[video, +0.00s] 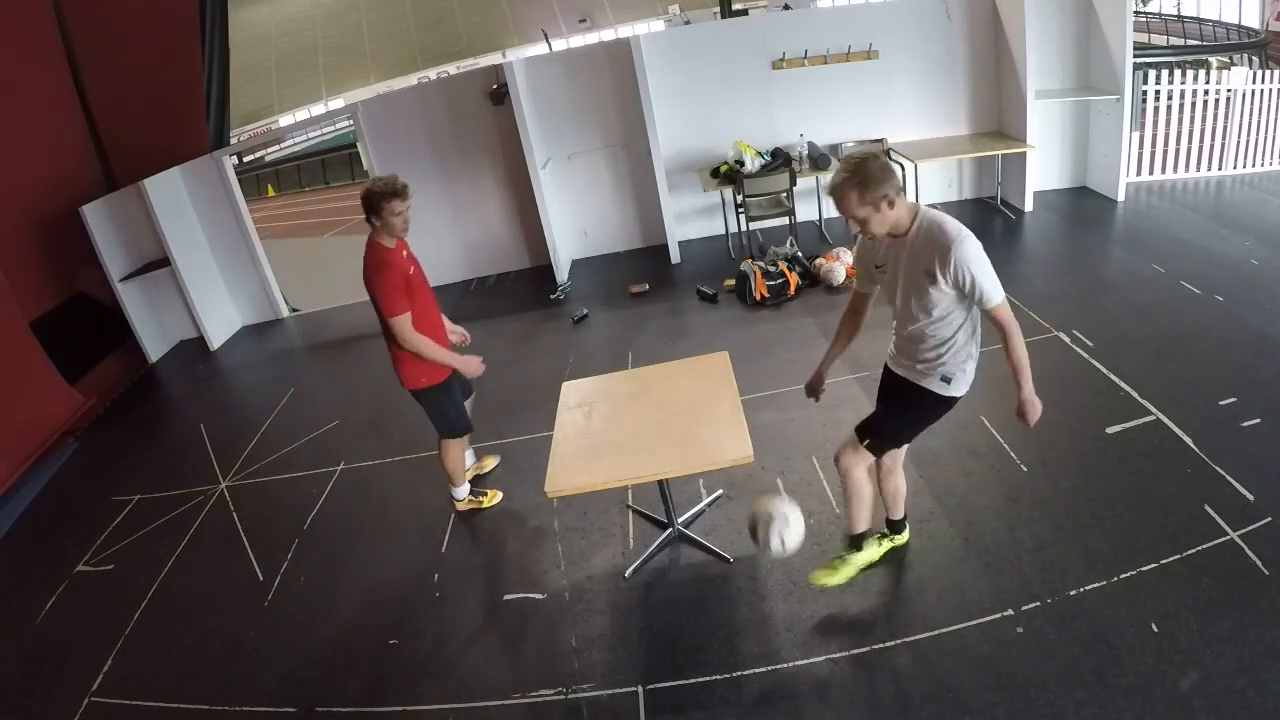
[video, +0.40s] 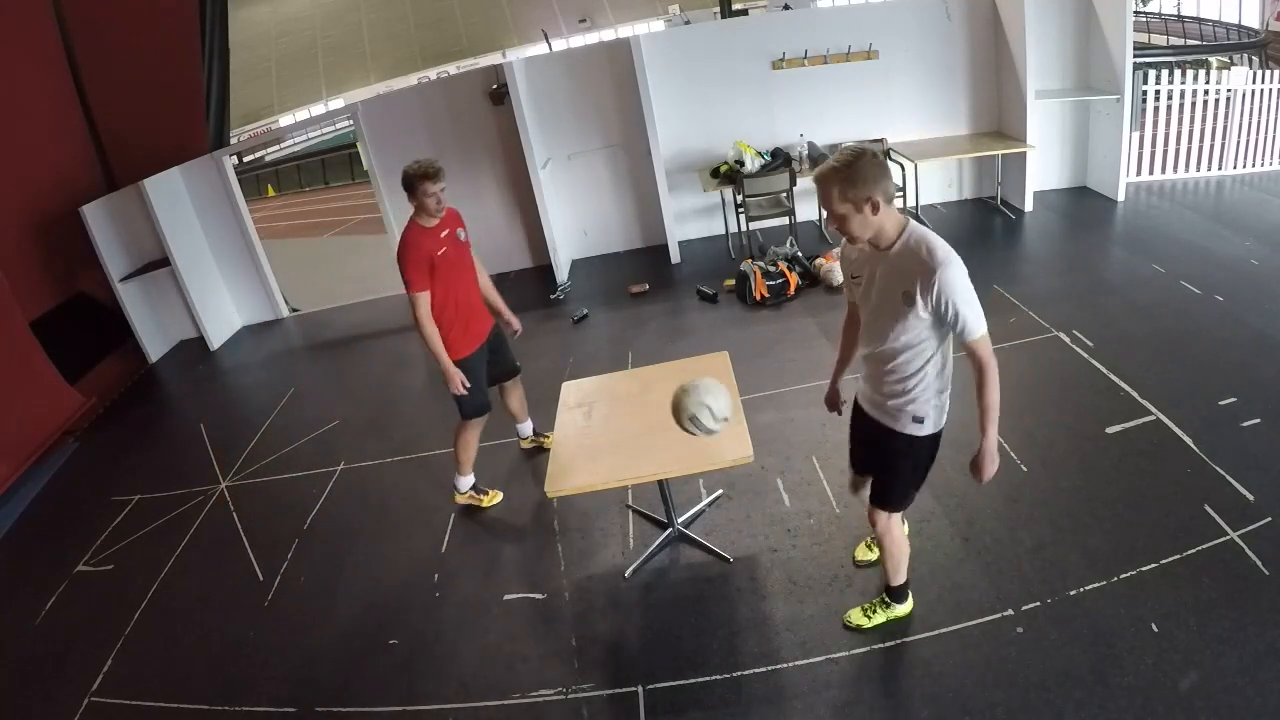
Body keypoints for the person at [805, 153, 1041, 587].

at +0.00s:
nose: (855, 230)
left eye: (860, 219)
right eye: (849, 221)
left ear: (889, 202)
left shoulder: (953, 244)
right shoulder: (873, 242)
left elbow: (1007, 323)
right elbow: (857, 308)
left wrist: (1027, 392)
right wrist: (823, 367)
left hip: (941, 378)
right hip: (900, 362)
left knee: (850, 457)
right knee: (889, 460)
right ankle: (896, 530)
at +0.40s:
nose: (833, 228)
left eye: (838, 216)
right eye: (828, 217)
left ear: (875, 206)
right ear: (870, 205)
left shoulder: (936, 262)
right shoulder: (855, 252)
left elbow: (983, 356)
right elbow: (855, 316)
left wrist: (989, 440)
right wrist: (836, 379)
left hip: (915, 415)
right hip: (869, 400)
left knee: (883, 513)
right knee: (869, 481)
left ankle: (899, 599)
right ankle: (888, 539)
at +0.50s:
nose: (830, 228)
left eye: (835, 218)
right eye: (827, 218)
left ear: (872, 212)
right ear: (870, 210)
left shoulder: (937, 275)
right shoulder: (860, 251)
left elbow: (976, 380)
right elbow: (860, 316)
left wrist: (974, 469)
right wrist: (837, 377)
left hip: (909, 426)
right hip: (860, 404)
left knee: (882, 523)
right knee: (829, 497)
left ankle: (899, 598)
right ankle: (880, 527)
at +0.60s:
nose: (825, 228)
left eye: (830, 217)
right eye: (824, 218)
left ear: (867, 214)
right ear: (866, 214)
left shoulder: (934, 285)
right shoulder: (877, 255)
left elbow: (969, 397)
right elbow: (866, 326)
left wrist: (951, 487)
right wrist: (841, 382)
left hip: (900, 433)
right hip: (856, 402)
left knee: (878, 527)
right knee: (795, 481)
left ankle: (898, 601)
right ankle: (836, 544)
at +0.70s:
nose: (821, 231)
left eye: (824, 220)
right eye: (819, 220)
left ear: (859, 217)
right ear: (859, 216)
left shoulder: (924, 291)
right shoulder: (877, 258)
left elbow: (958, 407)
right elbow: (864, 337)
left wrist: (925, 494)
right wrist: (837, 395)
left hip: (897, 436)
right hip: (858, 399)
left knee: (879, 528)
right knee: (767, 441)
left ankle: (898, 601)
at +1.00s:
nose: (820, 218)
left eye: (824, 207)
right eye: (819, 207)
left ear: (860, 209)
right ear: (862, 207)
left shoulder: (916, 294)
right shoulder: (883, 254)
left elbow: (928, 417)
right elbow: (871, 344)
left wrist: (882, 489)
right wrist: (839, 389)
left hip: (881, 441)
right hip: (845, 400)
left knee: (874, 531)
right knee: (757, 456)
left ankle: (897, 601)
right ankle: (775, 553)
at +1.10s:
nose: (822, 220)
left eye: (825, 208)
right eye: (820, 208)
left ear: (859, 208)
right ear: (865, 205)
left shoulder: (917, 299)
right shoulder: (883, 254)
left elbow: (924, 417)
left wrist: (880, 487)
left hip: (885, 442)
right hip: (847, 411)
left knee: (872, 531)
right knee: (794, 497)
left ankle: (897, 599)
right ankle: (821, 574)